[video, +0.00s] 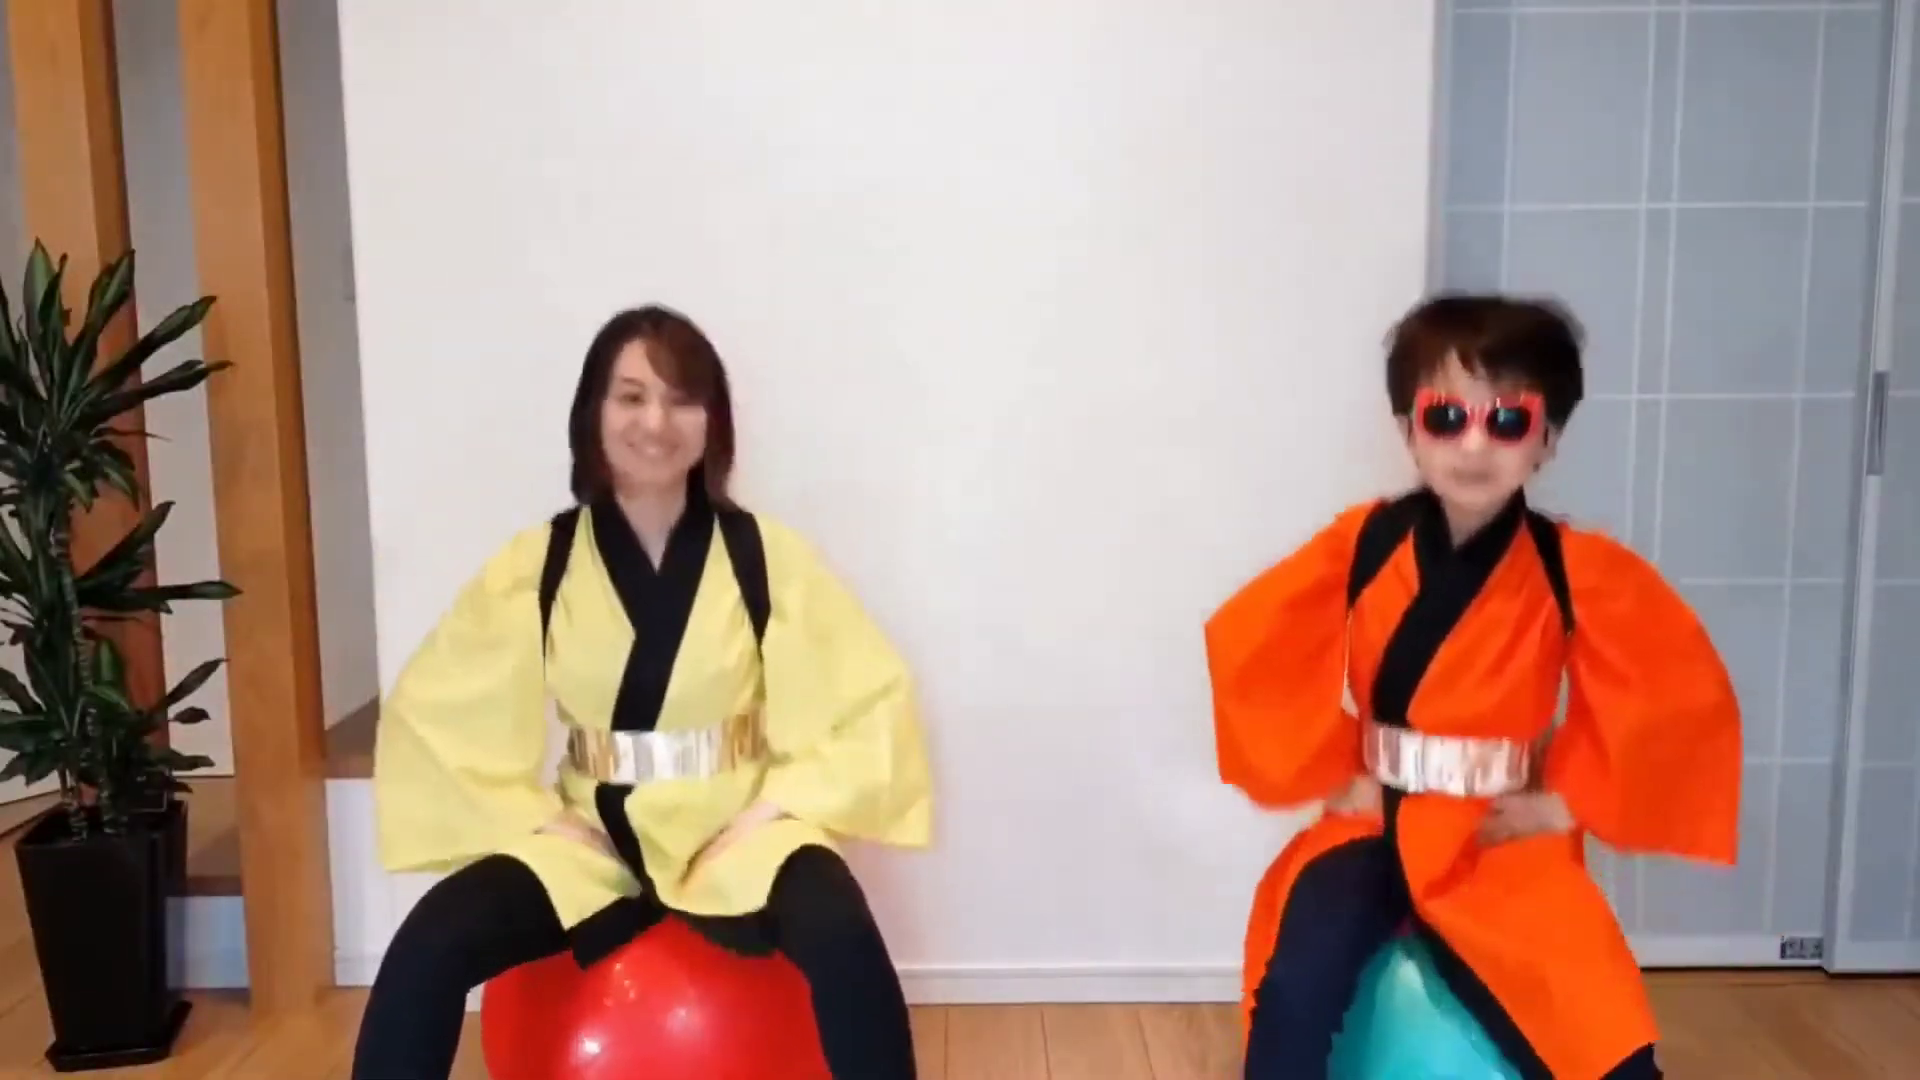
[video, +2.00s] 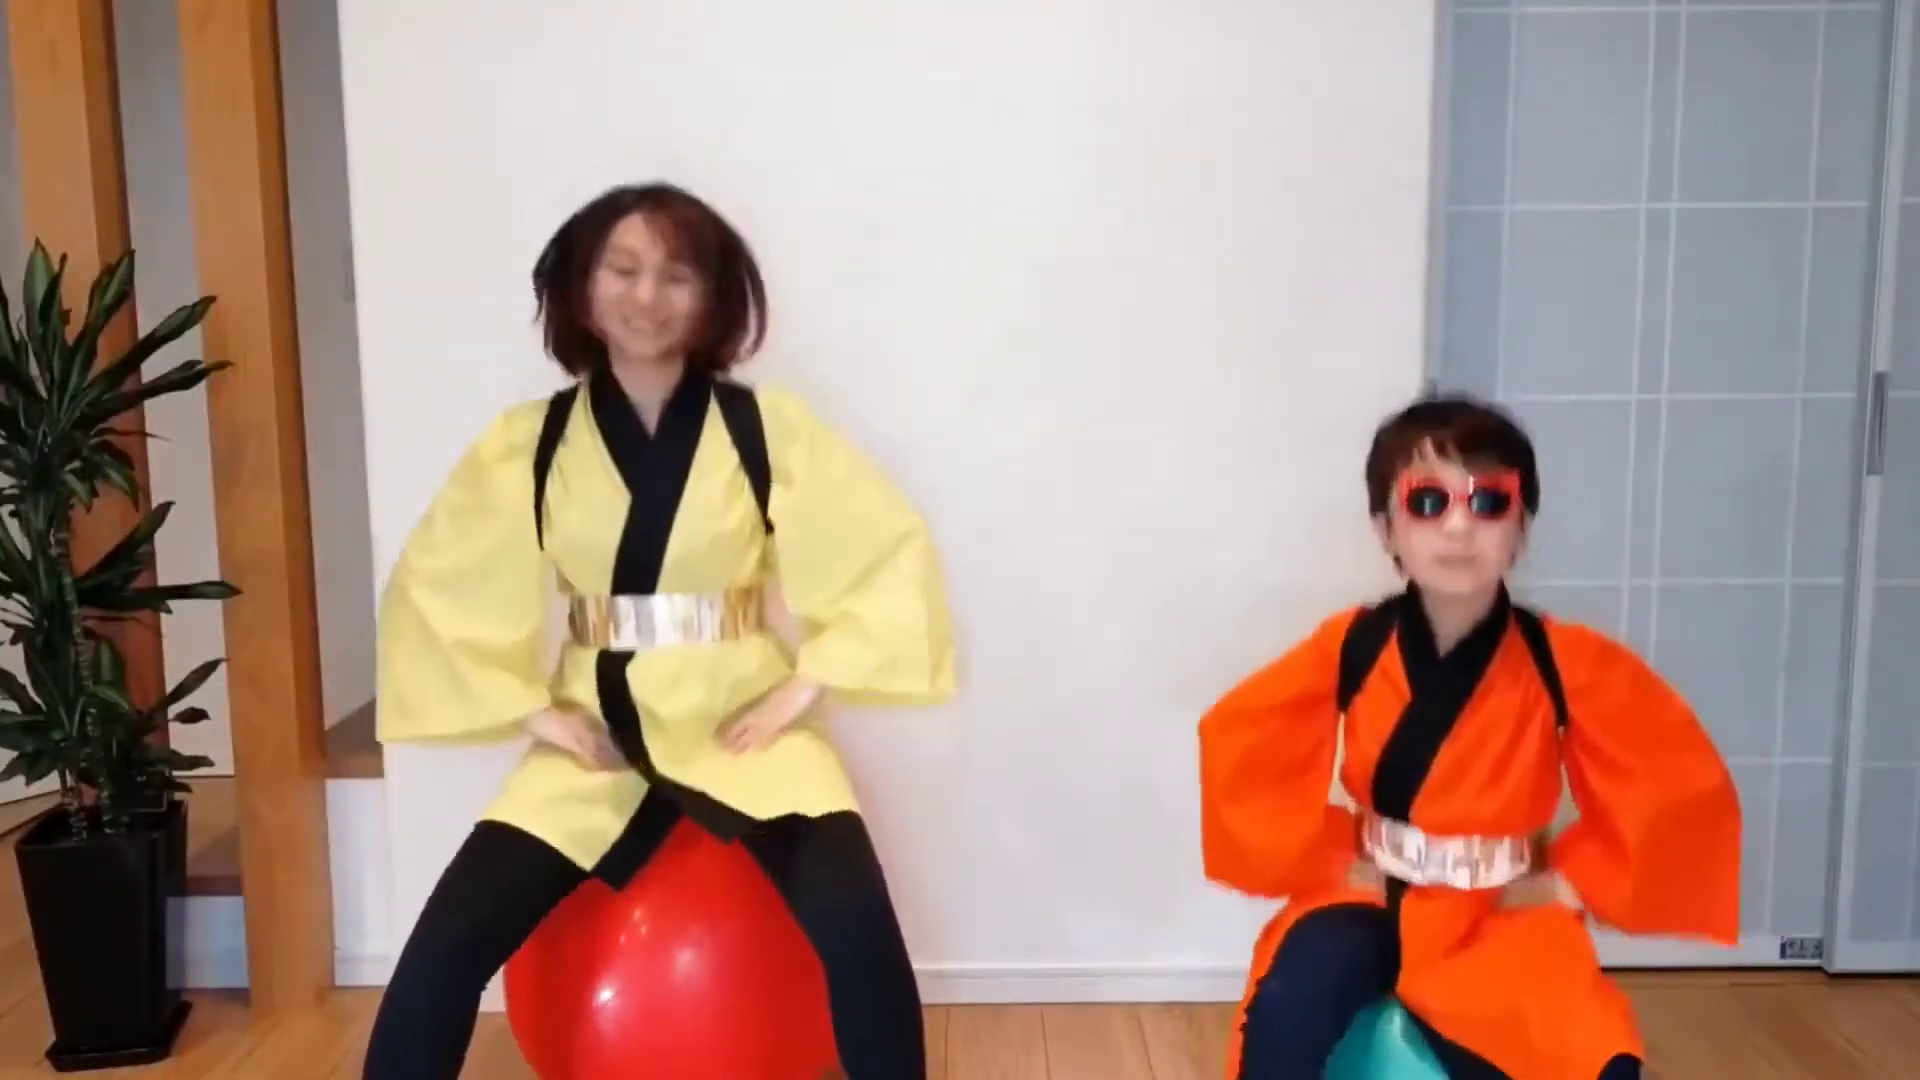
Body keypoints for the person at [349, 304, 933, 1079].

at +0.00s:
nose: (655, 421)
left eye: (680, 400)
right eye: (630, 398)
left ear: (711, 422)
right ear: (592, 415)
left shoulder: (764, 556)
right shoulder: (540, 561)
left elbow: (874, 707)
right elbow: (426, 706)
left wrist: (778, 806)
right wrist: (531, 811)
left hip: (736, 847)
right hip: (589, 851)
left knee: (831, 906)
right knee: (437, 933)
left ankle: (883, 1075)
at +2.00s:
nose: (646, 295)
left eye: (677, 275)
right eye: (621, 270)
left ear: (713, 301)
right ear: (580, 291)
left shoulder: (765, 429)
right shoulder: (529, 442)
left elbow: (892, 556)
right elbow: (429, 591)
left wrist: (809, 682)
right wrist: (534, 708)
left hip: (754, 732)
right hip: (590, 744)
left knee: (860, 925)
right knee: (443, 947)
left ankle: (890, 1076)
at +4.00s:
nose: (686, 300)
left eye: (713, 279)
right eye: (660, 276)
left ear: (747, 303)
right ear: (622, 298)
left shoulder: (785, 447)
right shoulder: (570, 437)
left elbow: (923, 597)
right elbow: (464, 571)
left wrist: (936, 481)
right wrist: (496, 431)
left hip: (766, 747)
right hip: (611, 752)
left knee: (882, 929)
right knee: (440, 924)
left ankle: (922, 1071)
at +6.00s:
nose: (715, 318)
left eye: (746, 298)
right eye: (693, 291)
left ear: (779, 326)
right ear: (653, 309)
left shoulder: (804, 474)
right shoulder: (588, 456)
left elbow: (907, 618)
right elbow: (483, 617)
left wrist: (988, 593)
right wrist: (456, 540)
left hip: (778, 755)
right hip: (629, 758)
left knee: (881, 946)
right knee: (463, 937)